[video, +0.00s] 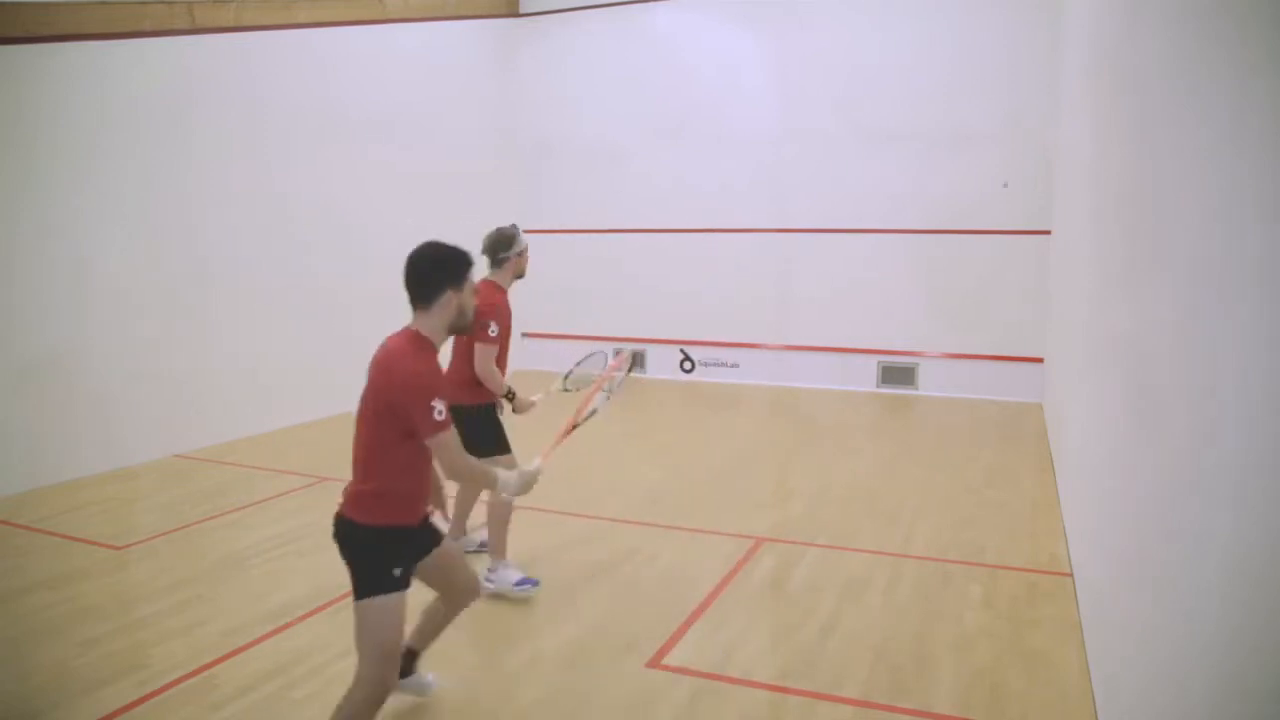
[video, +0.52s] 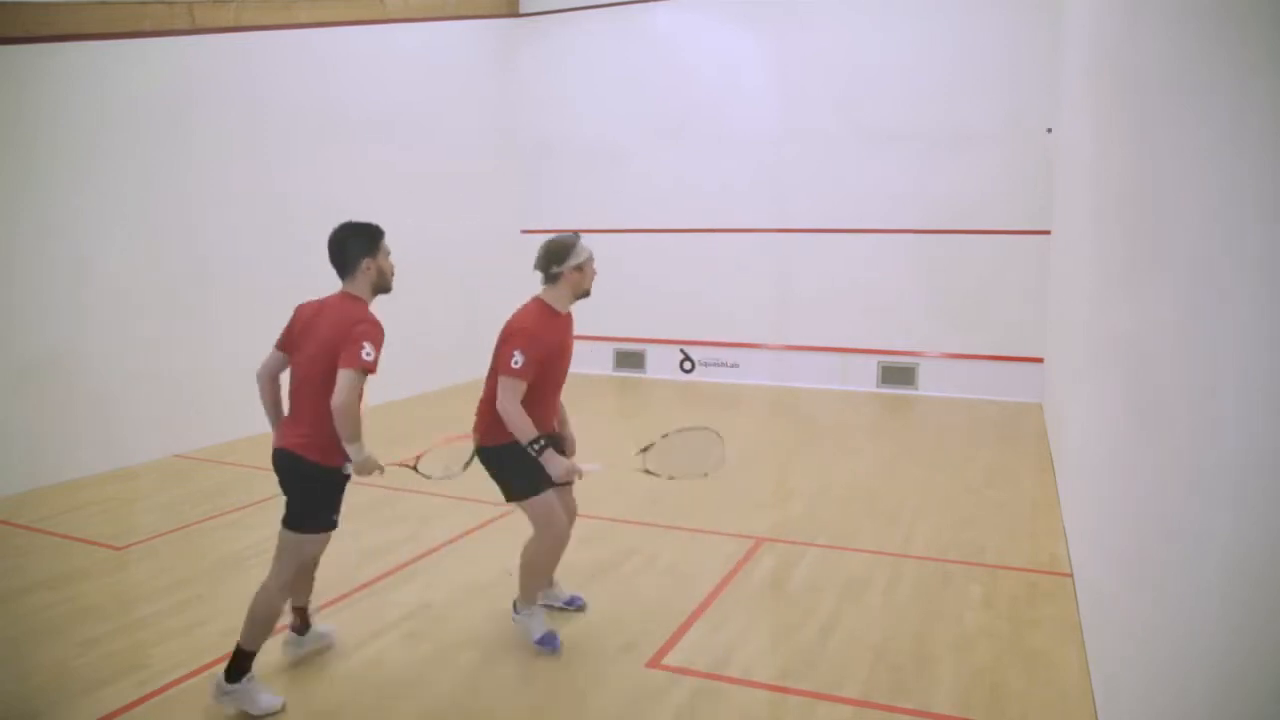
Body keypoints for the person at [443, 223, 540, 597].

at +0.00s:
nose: (528, 259)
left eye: (527, 253)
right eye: (525, 254)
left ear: (496, 259)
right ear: (513, 259)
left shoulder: (482, 291)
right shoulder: (495, 302)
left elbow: (472, 355)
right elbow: (483, 366)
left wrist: (501, 389)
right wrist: (512, 396)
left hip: (461, 397)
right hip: (474, 401)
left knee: (475, 469)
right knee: (506, 478)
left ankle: (455, 536)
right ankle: (498, 567)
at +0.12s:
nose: (538, 268)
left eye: (535, 262)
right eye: (534, 263)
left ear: (506, 270)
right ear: (522, 271)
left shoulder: (495, 305)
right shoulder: (501, 314)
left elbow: (490, 373)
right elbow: (493, 382)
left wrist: (513, 404)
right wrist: (529, 415)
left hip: (472, 411)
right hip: (477, 415)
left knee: (491, 470)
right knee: (522, 484)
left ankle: (457, 534)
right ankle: (521, 581)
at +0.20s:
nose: (545, 270)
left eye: (543, 263)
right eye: (541, 264)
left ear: (512, 271)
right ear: (528, 271)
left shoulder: (508, 309)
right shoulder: (505, 317)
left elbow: (497, 376)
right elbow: (500, 385)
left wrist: (524, 408)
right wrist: (542, 417)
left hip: (486, 417)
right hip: (487, 422)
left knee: (489, 476)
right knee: (532, 494)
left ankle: (460, 532)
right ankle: (522, 590)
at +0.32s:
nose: (562, 264)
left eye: (559, 256)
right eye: (556, 258)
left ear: (531, 266)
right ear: (540, 265)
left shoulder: (524, 305)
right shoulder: (520, 315)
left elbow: (511, 374)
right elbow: (510, 382)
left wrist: (538, 408)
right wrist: (557, 418)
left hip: (503, 420)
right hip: (499, 426)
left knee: (517, 485)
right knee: (544, 505)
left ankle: (484, 540)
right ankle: (524, 591)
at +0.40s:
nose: (577, 260)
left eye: (574, 253)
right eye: (571, 254)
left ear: (544, 262)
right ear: (555, 262)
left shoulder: (539, 306)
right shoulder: (528, 314)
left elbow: (516, 378)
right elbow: (514, 386)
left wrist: (489, 437)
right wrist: (560, 426)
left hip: (521, 420)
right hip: (501, 427)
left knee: (552, 489)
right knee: (543, 503)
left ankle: (522, 565)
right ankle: (523, 587)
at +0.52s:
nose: (594, 272)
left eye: (592, 264)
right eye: (588, 266)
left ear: (564, 272)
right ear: (565, 272)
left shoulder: (562, 316)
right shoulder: (527, 327)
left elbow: (548, 382)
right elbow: (507, 402)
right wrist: (545, 454)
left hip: (538, 430)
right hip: (502, 439)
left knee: (566, 512)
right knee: (552, 523)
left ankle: (543, 587)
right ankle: (525, 607)